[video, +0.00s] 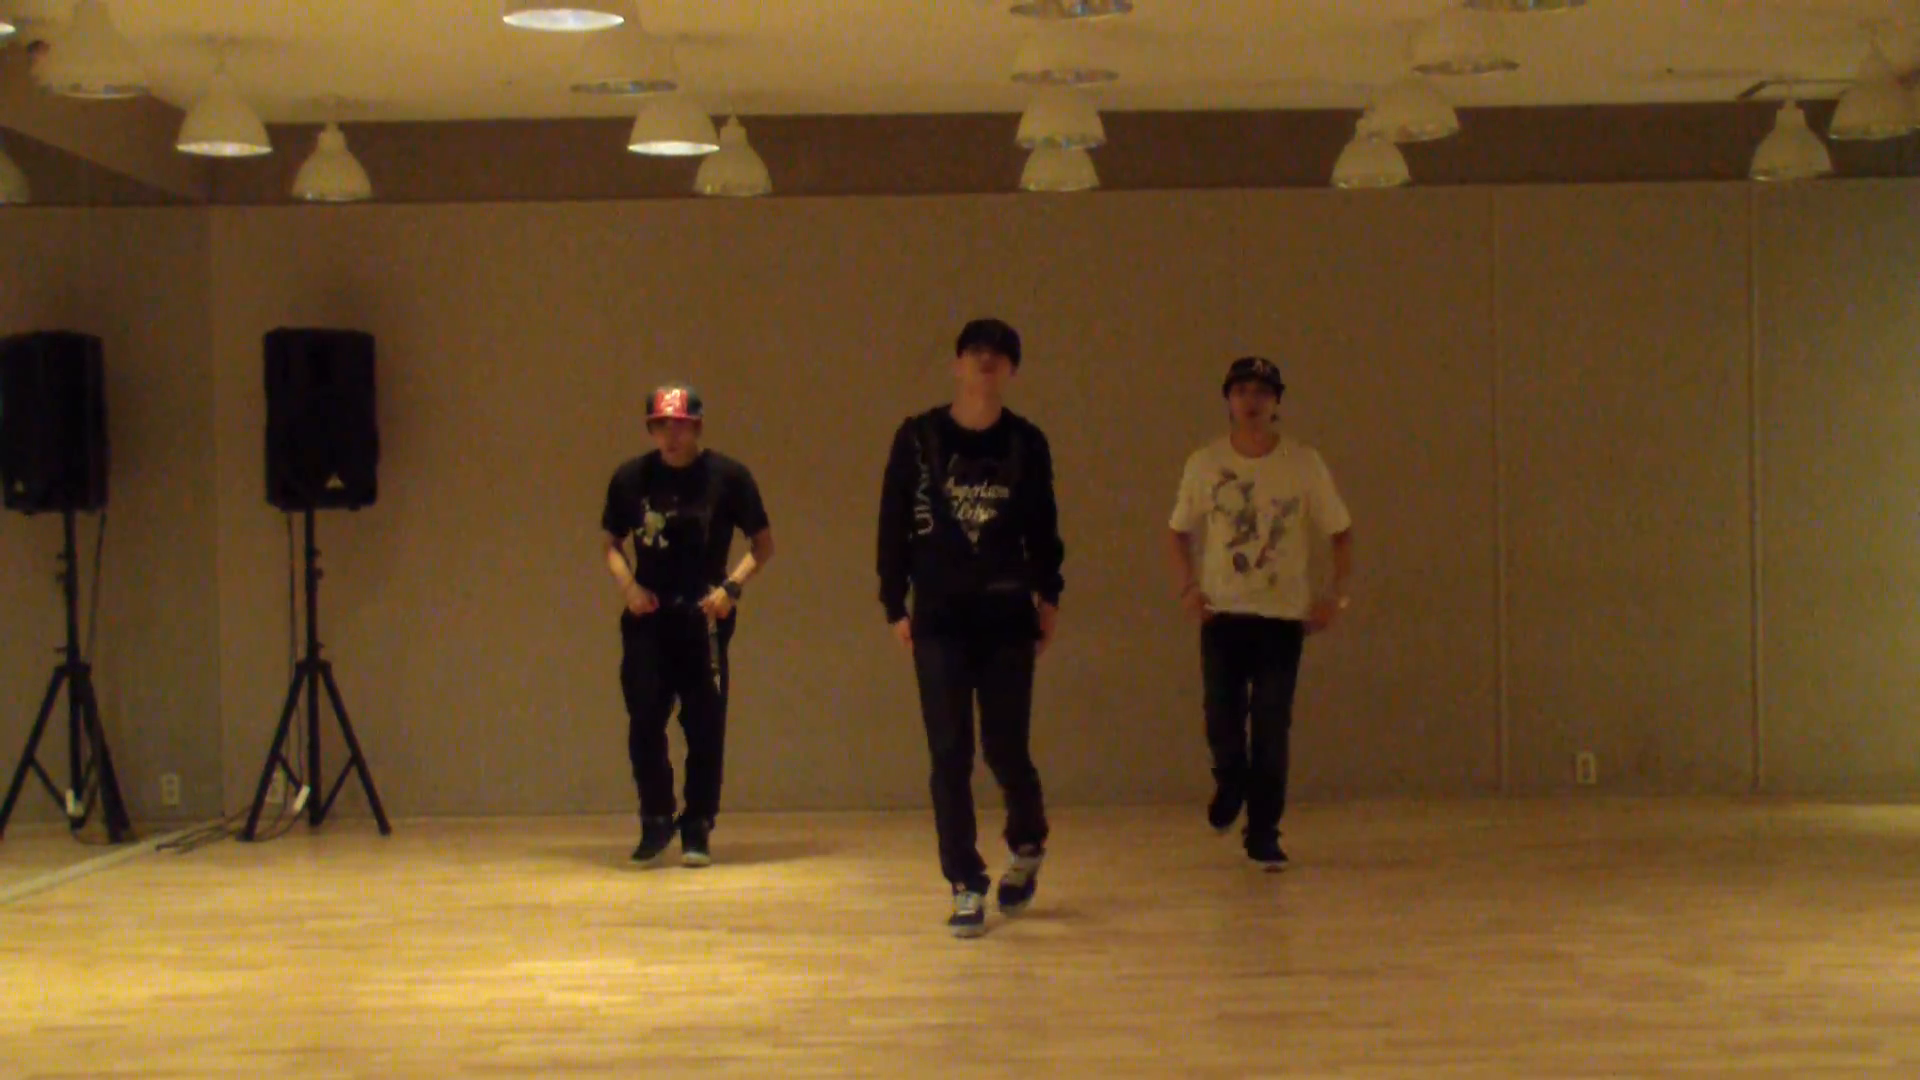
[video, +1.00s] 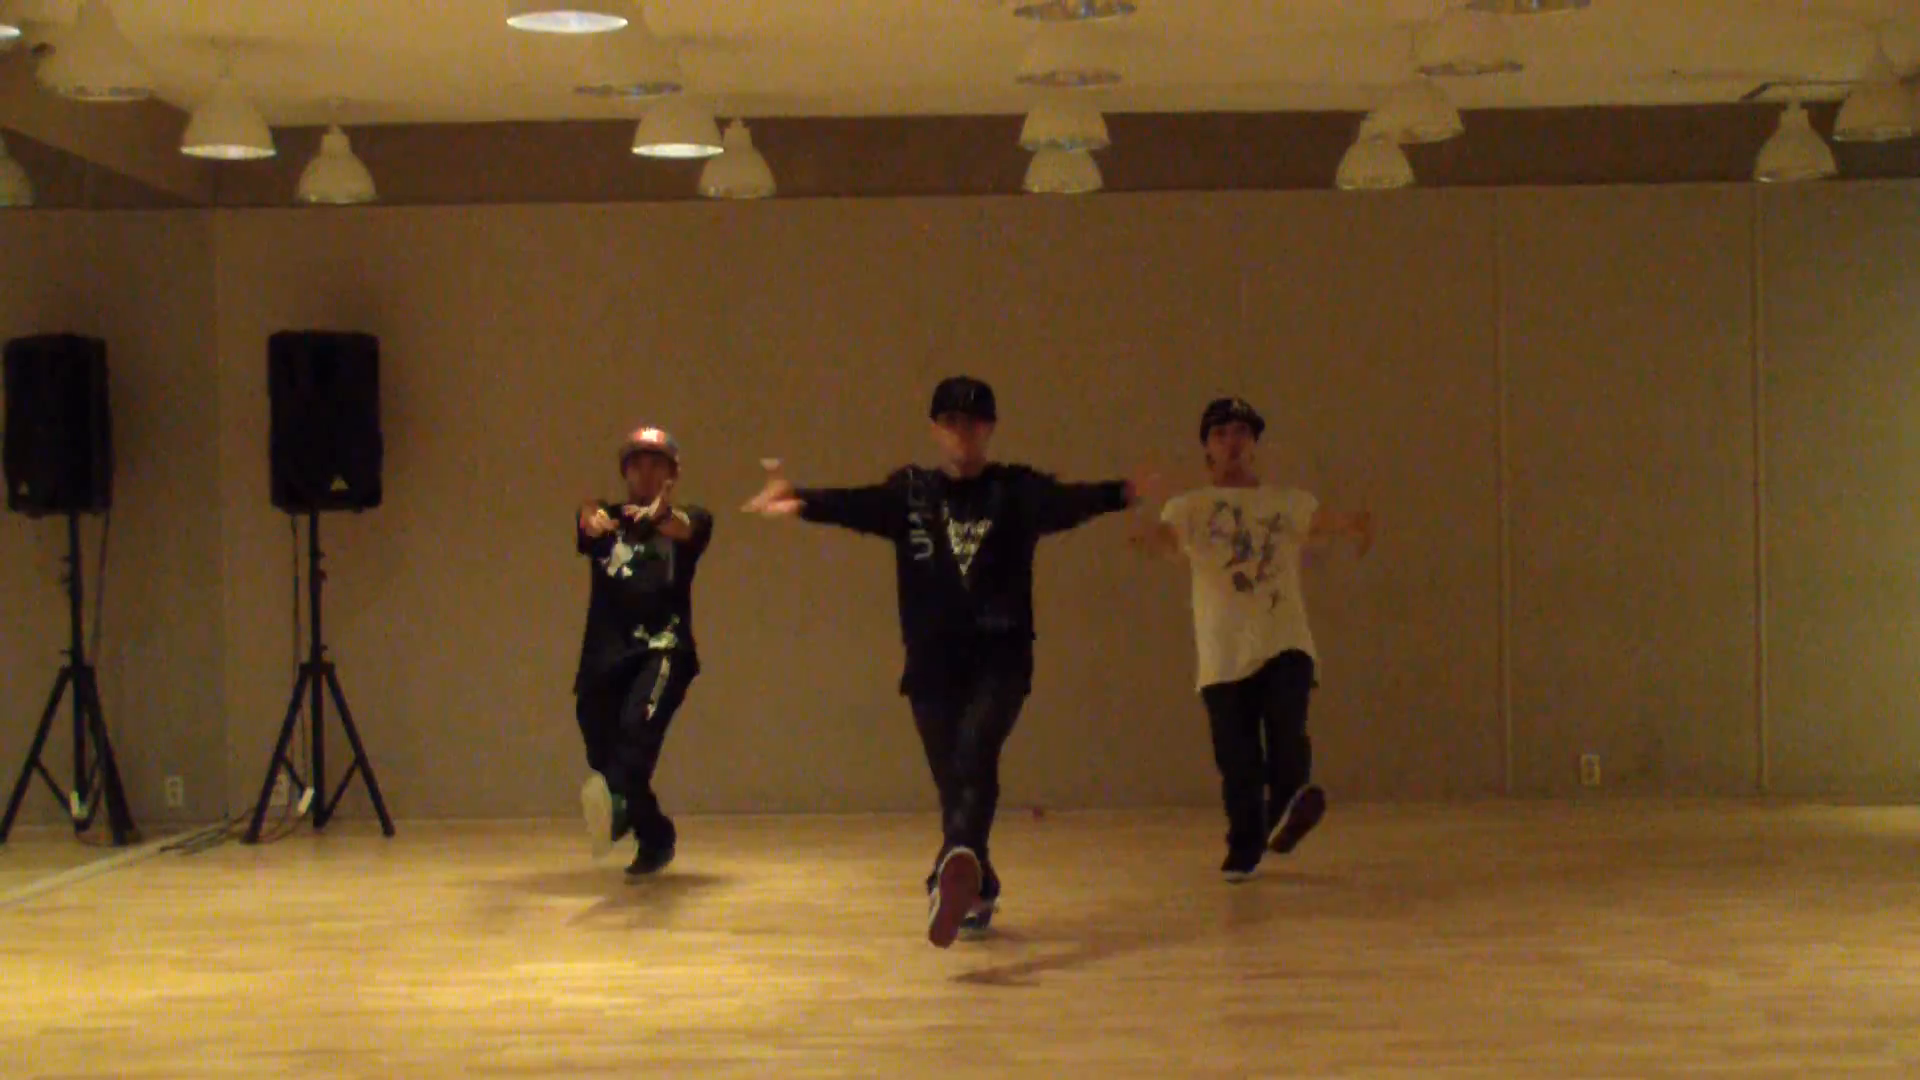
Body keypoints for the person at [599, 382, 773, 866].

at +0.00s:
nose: (670, 436)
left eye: (679, 426)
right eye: (662, 426)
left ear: (698, 427)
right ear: (650, 430)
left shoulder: (729, 478)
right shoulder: (631, 479)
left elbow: (763, 544)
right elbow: (612, 544)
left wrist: (731, 588)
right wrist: (629, 587)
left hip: (703, 622)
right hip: (647, 622)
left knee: (705, 728)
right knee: (644, 726)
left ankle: (696, 828)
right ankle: (656, 822)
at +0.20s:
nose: (670, 437)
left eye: (679, 428)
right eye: (661, 428)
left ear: (698, 429)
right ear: (650, 431)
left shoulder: (728, 480)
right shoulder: (630, 481)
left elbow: (763, 545)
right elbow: (611, 546)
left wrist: (730, 590)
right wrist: (630, 587)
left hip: (704, 620)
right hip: (648, 619)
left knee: (705, 725)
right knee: (646, 714)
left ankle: (697, 827)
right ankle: (666, 793)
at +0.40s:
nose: (662, 433)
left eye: (671, 424)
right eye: (654, 424)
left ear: (690, 427)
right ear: (642, 429)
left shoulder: (722, 478)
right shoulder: (624, 481)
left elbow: (751, 542)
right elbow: (608, 549)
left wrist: (727, 602)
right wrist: (616, 612)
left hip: (700, 630)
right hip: (642, 629)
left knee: (705, 737)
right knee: (646, 737)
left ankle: (697, 834)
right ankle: (653, 838)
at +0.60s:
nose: (653, 436)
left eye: (664, 428)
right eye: (645, 427)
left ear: (683, 436)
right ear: (633, 436)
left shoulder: (706, 483)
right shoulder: (616, 486)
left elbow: (729, 537)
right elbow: (594, 532)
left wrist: (723, 546)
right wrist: (597, 539)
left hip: (689, 625)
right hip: (632, 627)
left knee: (680, 720)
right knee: (633, 738)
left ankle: (697, 787)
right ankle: (652, 841)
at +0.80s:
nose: (652, 449)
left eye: (663, 440)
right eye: (644, 440)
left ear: (681, 450)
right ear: (630, 449)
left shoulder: (699, 501)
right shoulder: (607, 497)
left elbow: (696, 555)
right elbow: (584, 556)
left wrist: (677, 515)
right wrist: (591, 530)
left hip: (672, 638)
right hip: (615, 640)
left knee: (654, 717)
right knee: (621, 740)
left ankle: (651, 837)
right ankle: (652, 838)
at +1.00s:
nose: (646, 470)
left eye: (657, 462)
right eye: (638, 462)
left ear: (672, 471)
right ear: (624, 470)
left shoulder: (691, 519)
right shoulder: (606, 514)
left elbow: (688, 532)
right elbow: (588, 531)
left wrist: (659, 518)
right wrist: (595, 526)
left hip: (663, 648)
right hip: (607, 649)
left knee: (641, 723)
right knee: (605, 748)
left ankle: (617, 810)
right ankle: (656, 834)